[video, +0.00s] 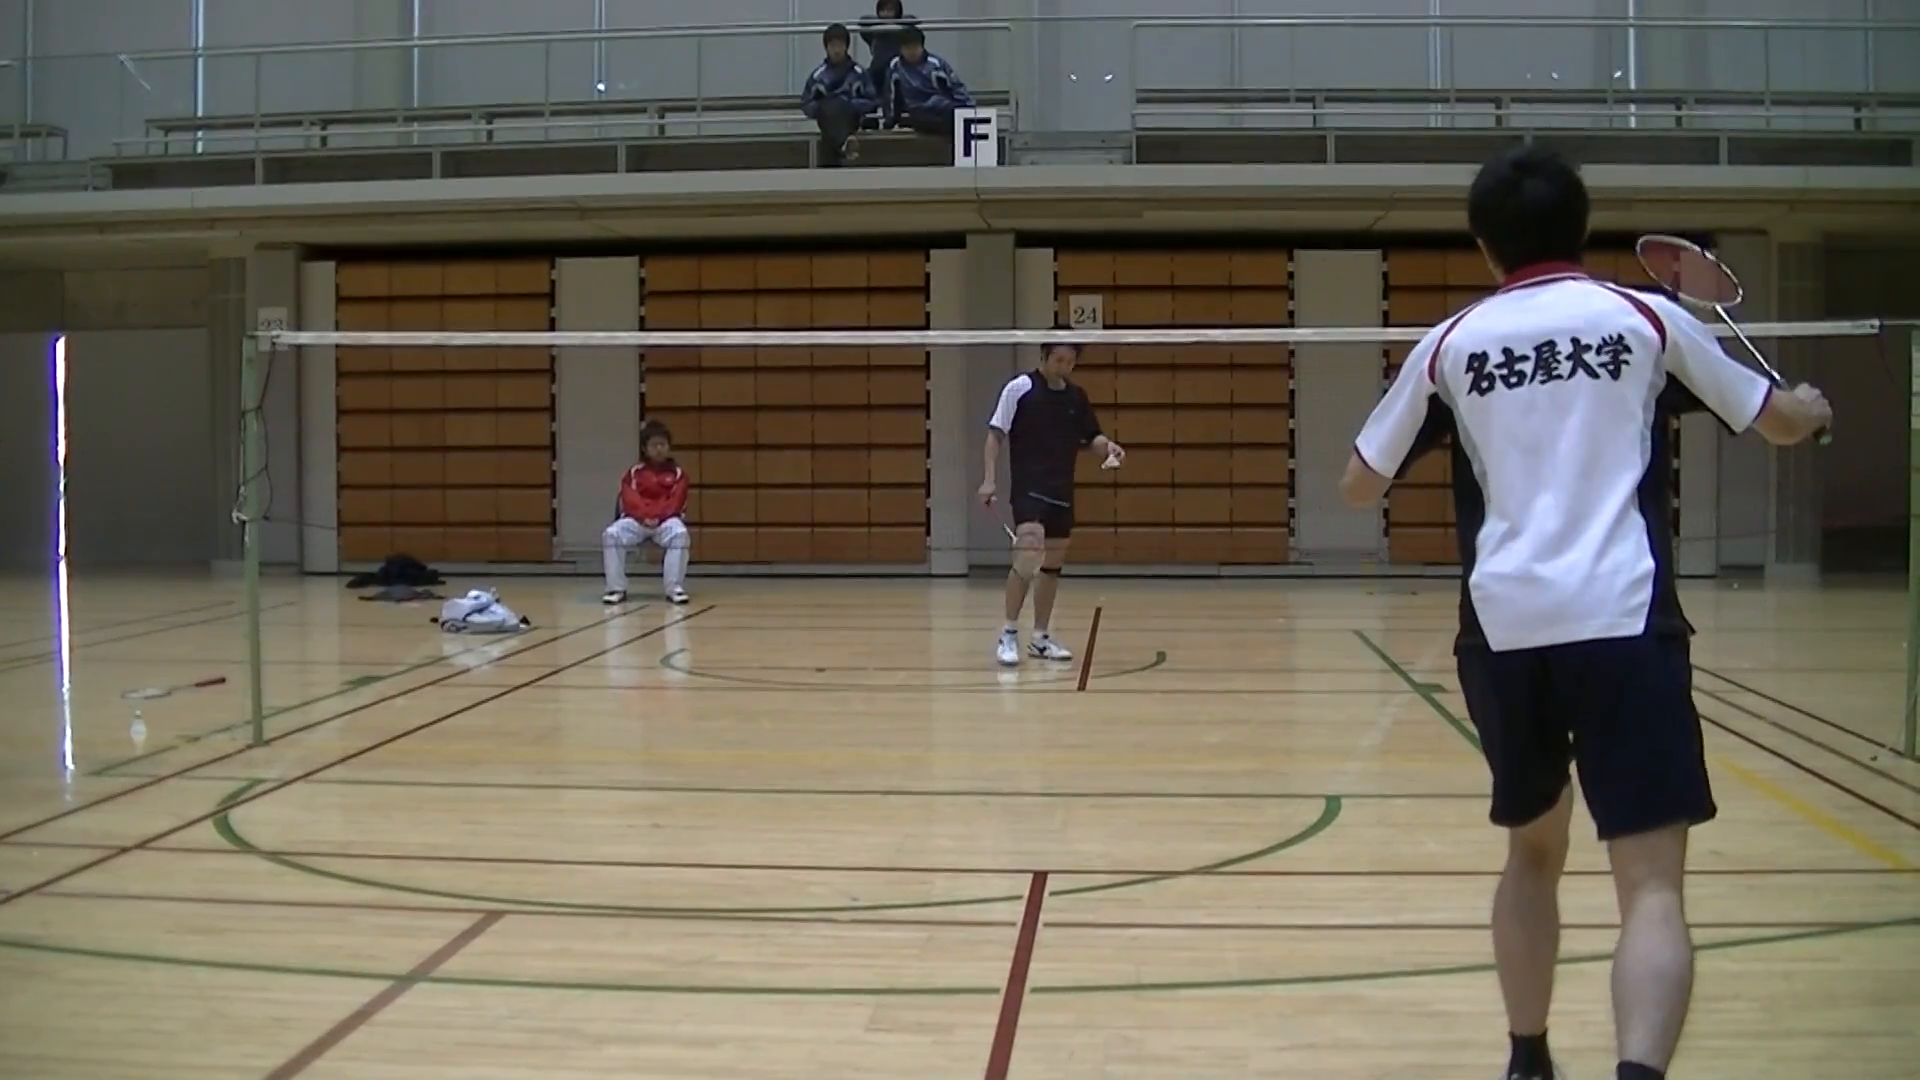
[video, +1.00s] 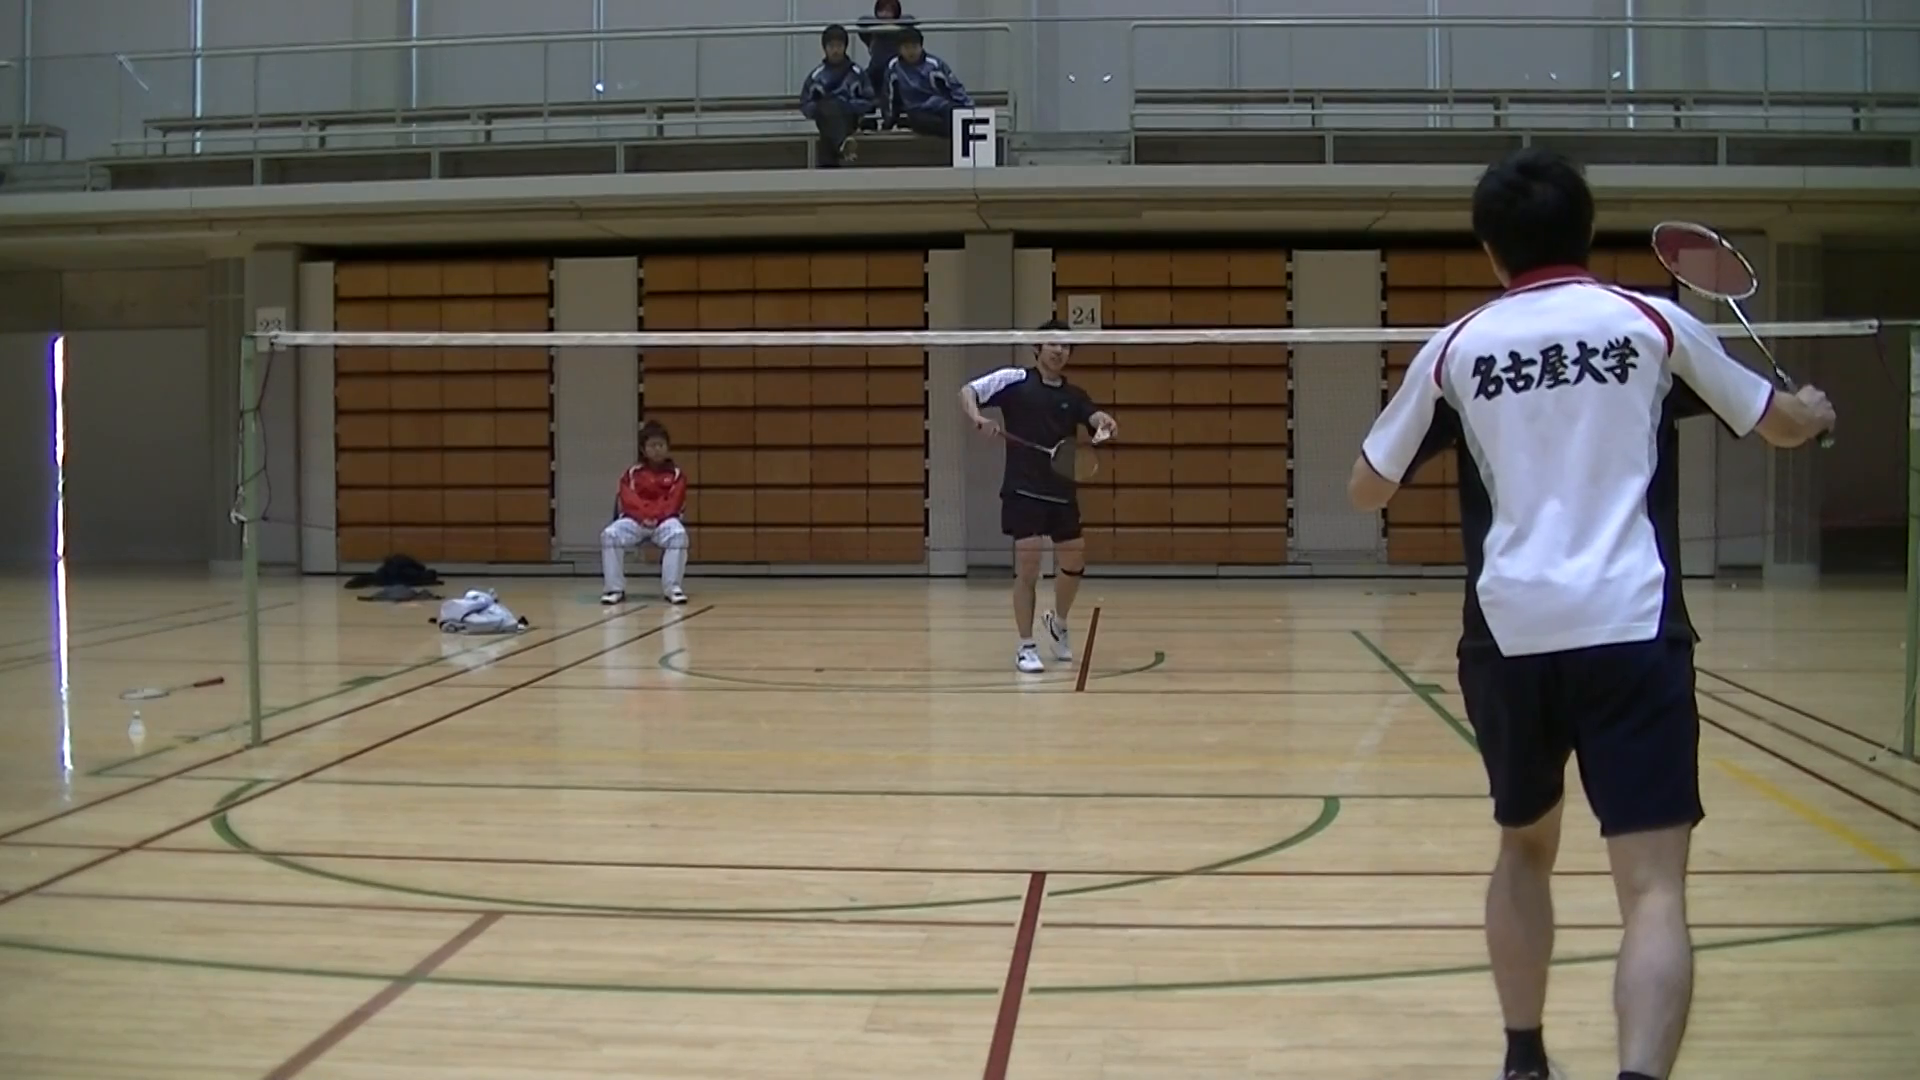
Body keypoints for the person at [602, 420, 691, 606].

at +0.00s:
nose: (659, 449)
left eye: (663, 444)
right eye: (654, 445)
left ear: (668, 447)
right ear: (645, 449)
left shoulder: (677, 474)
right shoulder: (634, 472)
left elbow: (676, 503)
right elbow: (629, 499)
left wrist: (657, 517)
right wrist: (644, 515)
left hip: (665, 520)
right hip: (637, 519)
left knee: (680, 535)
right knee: (611, 535)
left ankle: (674, 588)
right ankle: (616, 589)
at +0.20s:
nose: (659, 450)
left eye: (662, 445)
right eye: (653, 445)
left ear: (668, 447)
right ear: (644, 449)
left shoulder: (677, 474)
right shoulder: (634, 473)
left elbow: (676, 503)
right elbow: (629, 500)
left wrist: (657, 517)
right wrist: (644, 516)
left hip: (665, 520)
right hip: (636, 520)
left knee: (680, 536)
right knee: (611, 535)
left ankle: (674, 588)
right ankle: (616, 589)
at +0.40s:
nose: (658, 450)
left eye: (662, 445)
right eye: (653, 446)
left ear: (668, 447)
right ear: (644, 449)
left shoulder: (677, 474)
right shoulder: (633, 473)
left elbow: (675, 503)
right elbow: (628, 500)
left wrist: (657, 517)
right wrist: (644, 515)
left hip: (665, 520)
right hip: (636, 520)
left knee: (680, 536)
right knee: (611, 535)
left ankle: (674, 588)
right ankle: (616, 589)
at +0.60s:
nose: (658, 450)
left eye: (661, 445)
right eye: (652, 446)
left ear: (668, 447)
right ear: (644, 449)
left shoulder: (677, 475)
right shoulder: (633, 473)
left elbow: (674, 504)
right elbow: (628, 500)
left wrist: (655, 517)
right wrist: (644, 515)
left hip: (664, 520)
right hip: (635, 520)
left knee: (679, 536)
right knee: (610, 535)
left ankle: (673, 587)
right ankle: (615, 589)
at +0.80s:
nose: (657, 450)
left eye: (661, 445)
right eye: (652, 446)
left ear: (667, 447)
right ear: (643, 450)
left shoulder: (677, 475)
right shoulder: (632, 473)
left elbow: (673, 505)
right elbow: (628, 501)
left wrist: (654, 517)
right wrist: (645, 516)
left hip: (664, 520)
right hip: (635, 520)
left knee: (679, 536)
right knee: (610, 535)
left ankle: (673, 588)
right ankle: (615, 590)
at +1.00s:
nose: (657, 450)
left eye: (661, 445)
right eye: (652, 445)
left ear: (667, 447)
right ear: (643, 449)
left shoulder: (676, 475)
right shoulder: (632, 473)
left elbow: (673, 504)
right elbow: (627, 500)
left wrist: (655, 517)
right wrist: (644, 515)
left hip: (664, 520)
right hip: (635, 520)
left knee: (678, 536)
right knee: (610, 535)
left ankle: (673, 587)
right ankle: (615, 589)